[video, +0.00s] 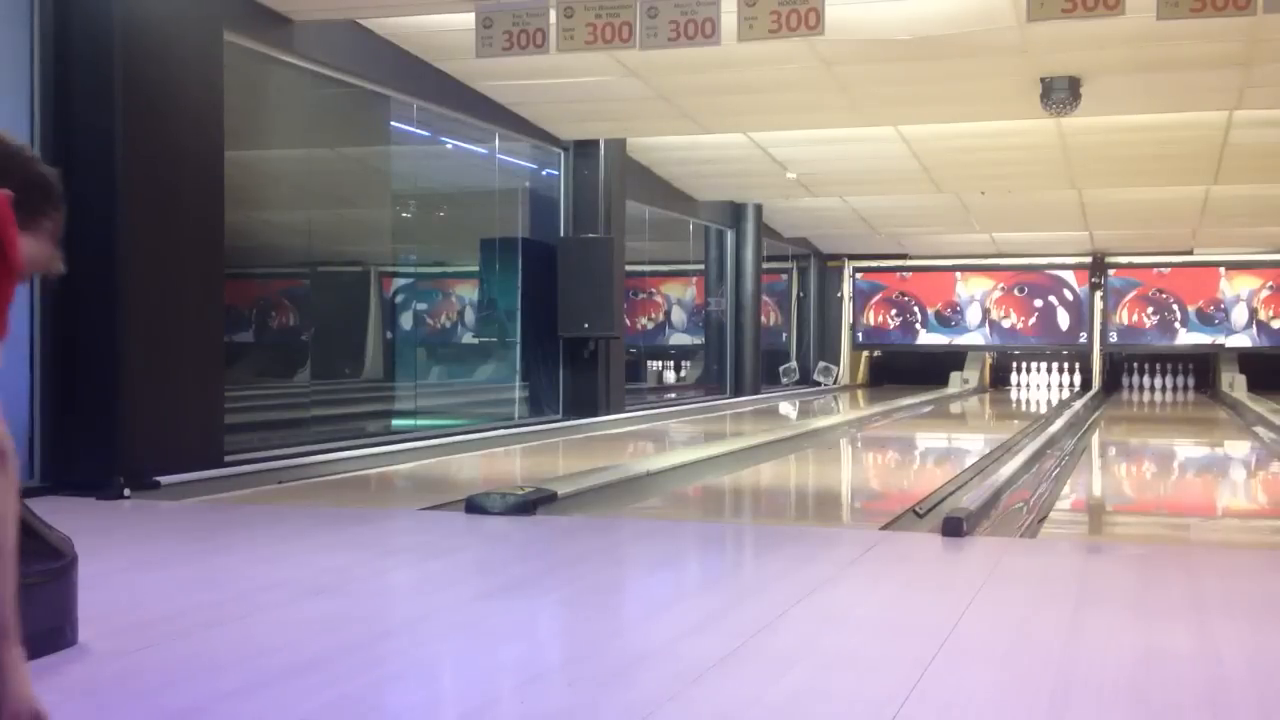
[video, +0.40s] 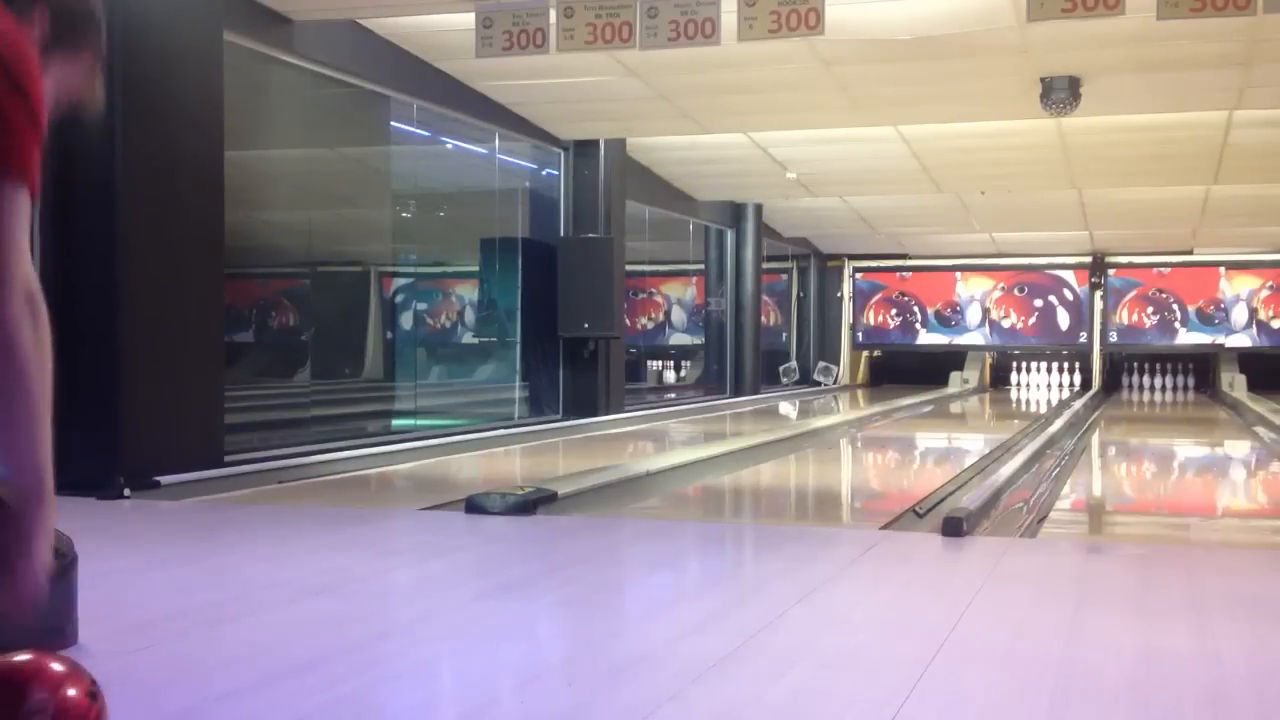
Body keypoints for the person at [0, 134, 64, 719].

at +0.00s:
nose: (54, 264)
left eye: (57, 243)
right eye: (49, 240)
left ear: (9, 220)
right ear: (11, 220)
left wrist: (11, 665)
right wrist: (13, 671)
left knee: (11, 468)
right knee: (8, 468)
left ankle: (13, 668)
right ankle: (11, 671)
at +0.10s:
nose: (60, 267)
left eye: (69, 245)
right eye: (62, 240)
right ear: (32, 212)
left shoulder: (15, 214)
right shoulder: (9, 210)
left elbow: (16, 447)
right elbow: (12, 447)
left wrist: (35, 656)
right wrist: (39, 656)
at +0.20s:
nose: (51, 252)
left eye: (62, 243)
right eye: (62, 228)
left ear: (21, 166)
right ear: (33, 173)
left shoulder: (20, 189)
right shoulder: (13, 182)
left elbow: (22, 416)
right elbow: (17, 417)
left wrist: (47, 617)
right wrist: (50, 617)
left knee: (53, 553)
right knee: (53, 551)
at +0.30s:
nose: (57, 196)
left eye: (69, 186)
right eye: (68, 176)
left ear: (27, 111)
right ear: (44, 118)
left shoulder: (21, 134)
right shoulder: (16, 129)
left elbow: (22, 364)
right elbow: (18, 364)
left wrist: (46, 563)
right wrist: (48, 573)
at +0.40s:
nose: (49, 119)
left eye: (67, 108)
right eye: (66, 100)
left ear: (32, 26)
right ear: (43, 34)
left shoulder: (18, 71)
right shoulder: (11, 61)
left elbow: (18, 294)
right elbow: (14, 293)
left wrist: (31, 503)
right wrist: (33, 503)